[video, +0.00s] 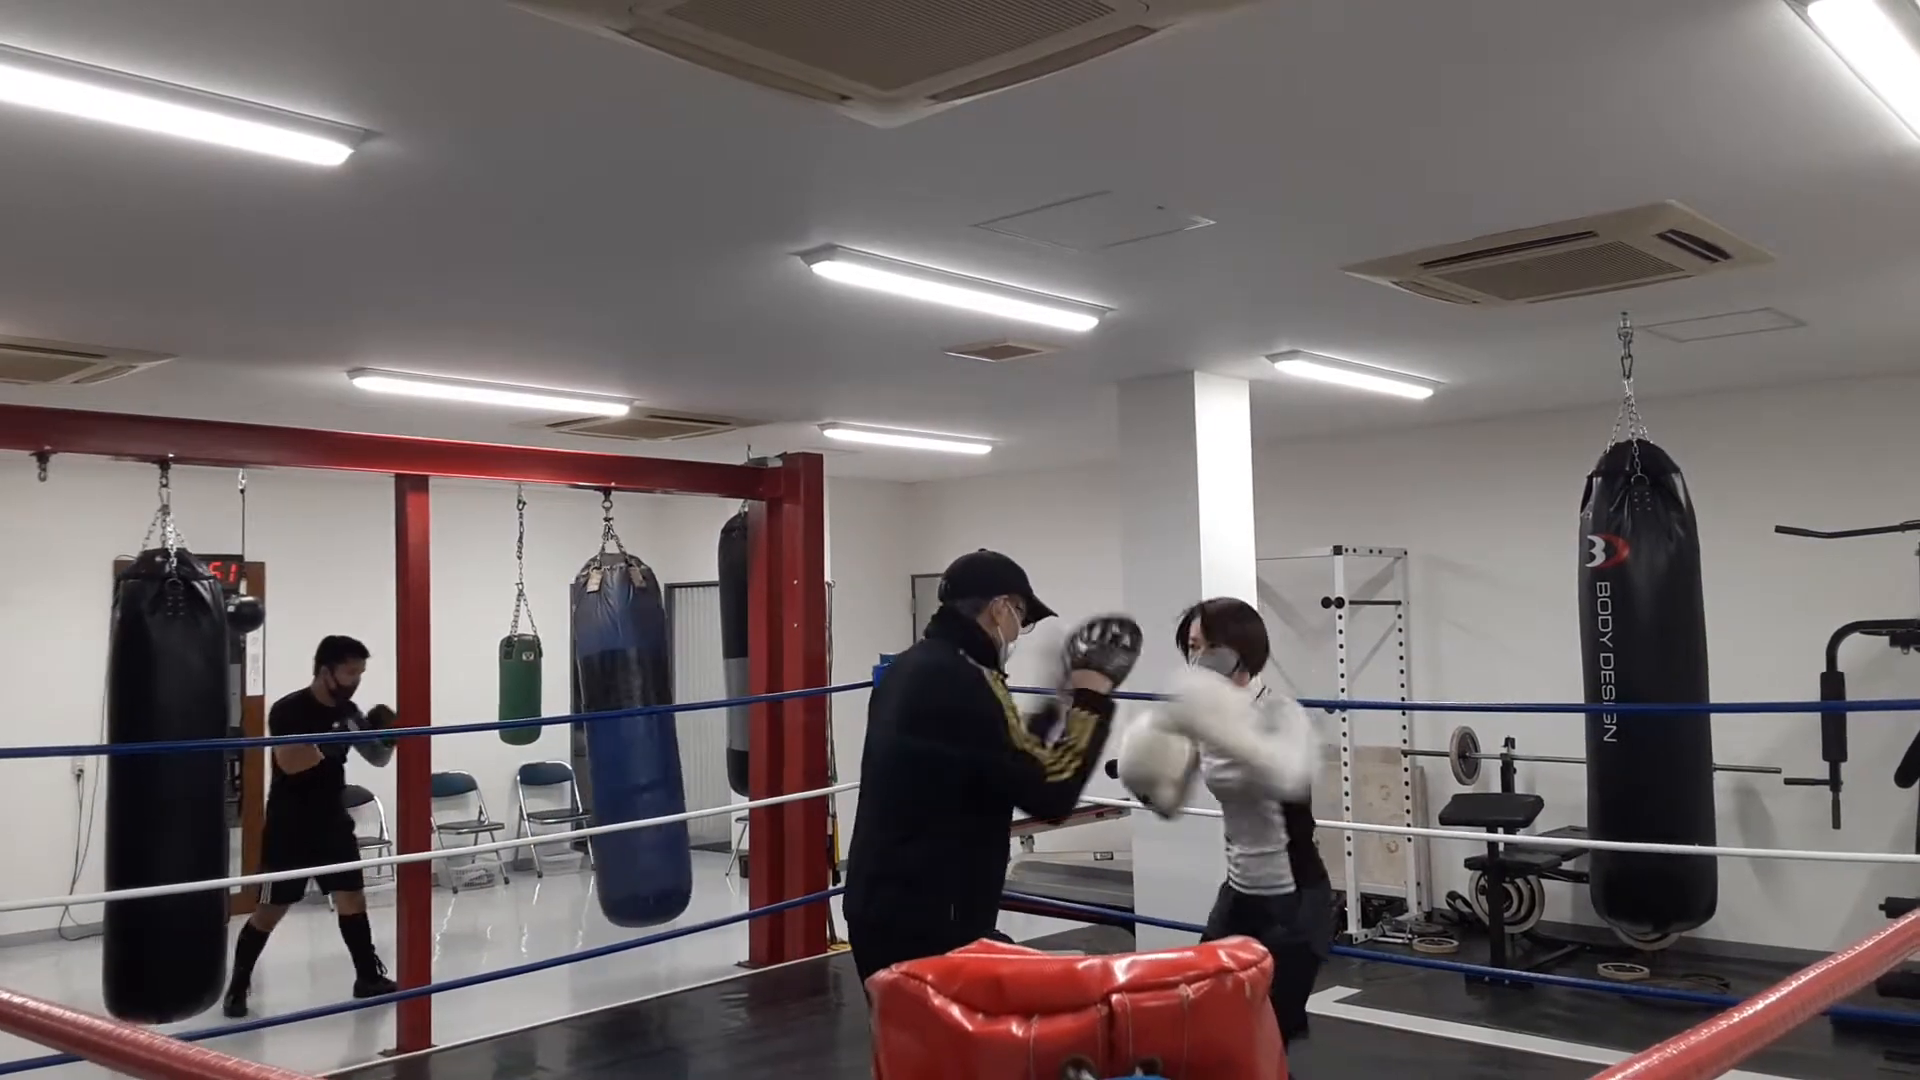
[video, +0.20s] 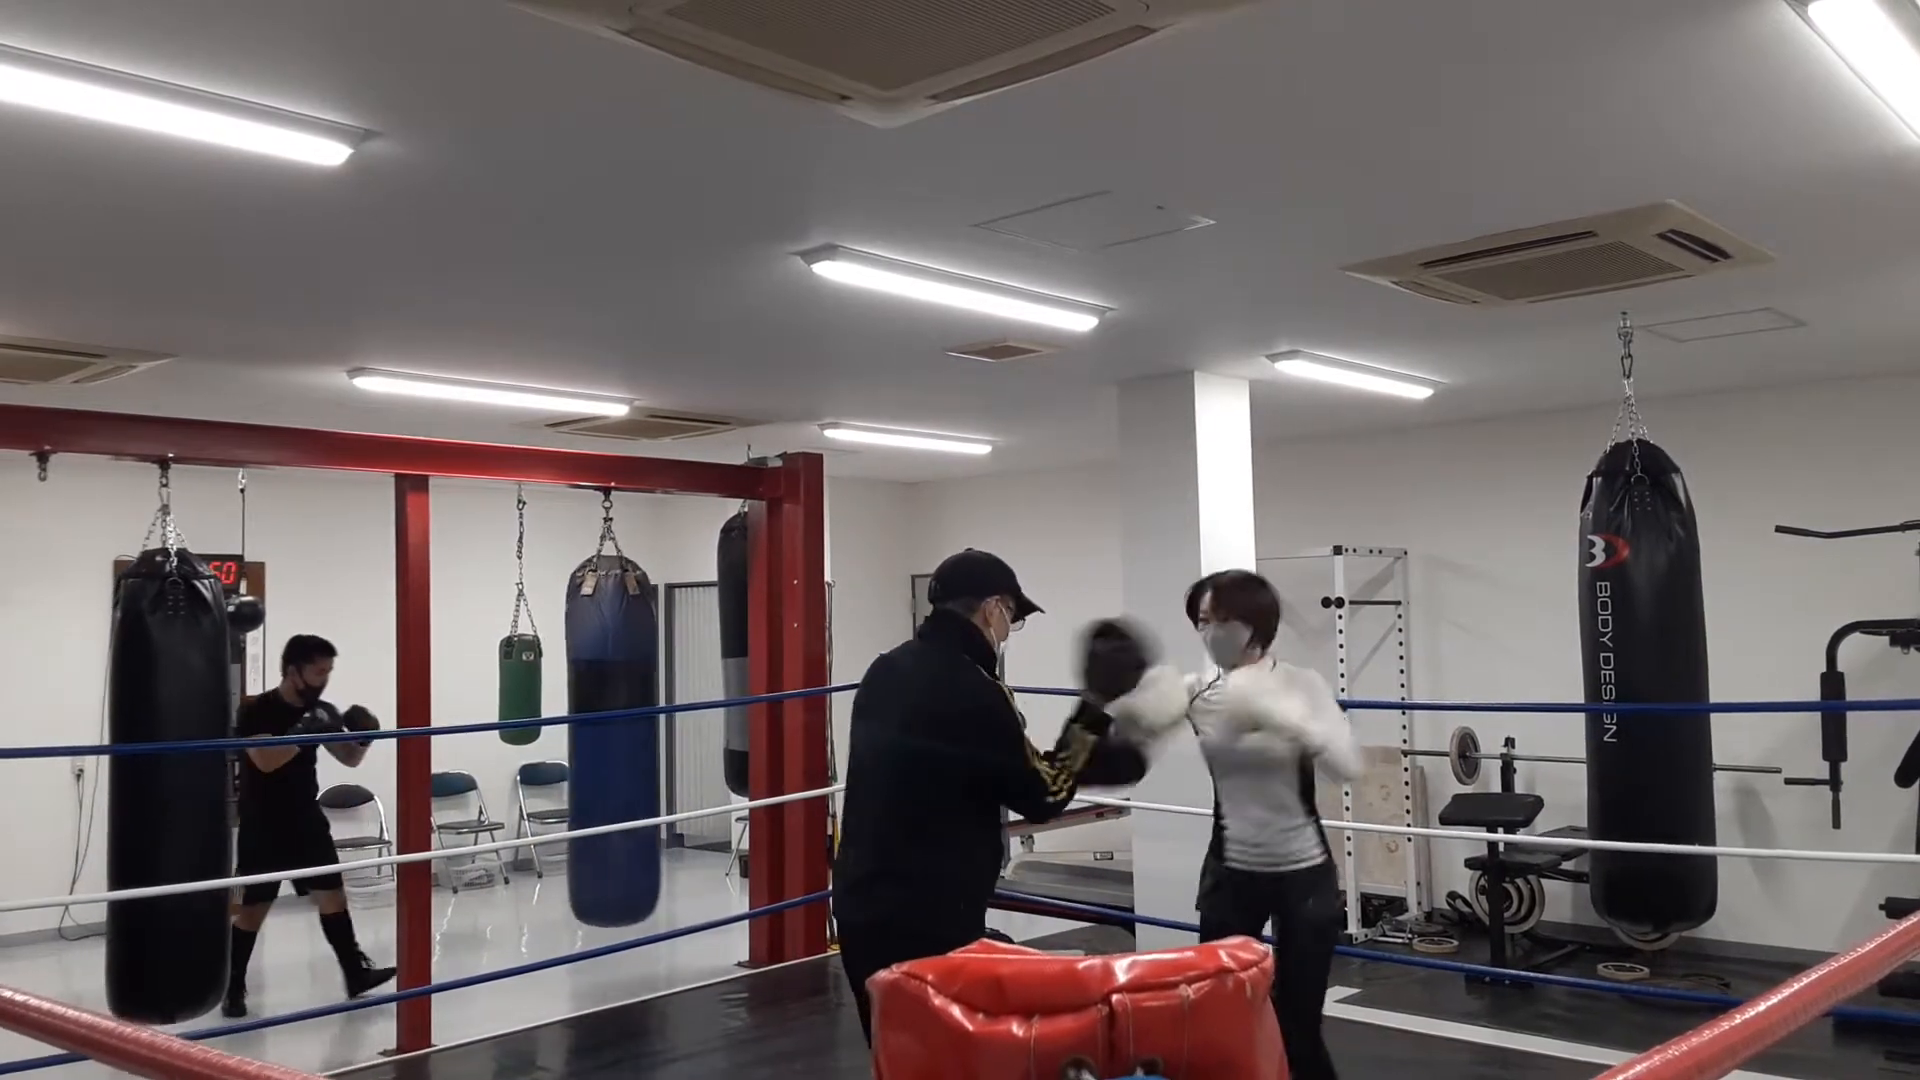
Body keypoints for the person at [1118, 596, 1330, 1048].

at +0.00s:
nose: (1192, 660)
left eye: (1202, 647)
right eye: (1189, 649)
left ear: (1238, 654)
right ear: (1187, 652)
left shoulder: (1281, 713)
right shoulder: (1202, 718)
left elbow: (1292, 779)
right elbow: (1170, 802)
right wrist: (1146, 767)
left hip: (1293, 901)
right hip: (1239, 892)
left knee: (1270, 1031)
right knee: (1201, 1002)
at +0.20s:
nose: (1203, 630)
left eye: (1214, 620)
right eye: (1202, 620)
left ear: (1251, 627)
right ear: (1201, 626)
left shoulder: (1302, 686)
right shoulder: (1196, 693)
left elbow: (1348, 766)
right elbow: (1127, 759)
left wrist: (1284, 719)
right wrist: (1139, 720)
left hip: (1304, 876)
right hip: (1232, 874)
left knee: (1297, 1024)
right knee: (1218, 1010)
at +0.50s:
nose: (1233, 657)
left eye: (1245, 646)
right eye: (1229, 645)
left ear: (1279, 655)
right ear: (1225, 645)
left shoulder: (1320, 697)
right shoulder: (1214, 707)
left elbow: (1367, 785)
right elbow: (1160, 768)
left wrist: (1333, 735)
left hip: (1314, 884)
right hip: (1241, 884)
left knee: (1310, 1033)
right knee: (1230, 1025)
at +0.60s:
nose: (1230, 651)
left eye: (1241, 640)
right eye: (1225, 640)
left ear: (1276, 645)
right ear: (1222, 642)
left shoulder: (1328, 699)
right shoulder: (1216, 709)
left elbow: (1366, 795)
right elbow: (1190, 795)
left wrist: (1326, 764)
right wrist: (1193, 816)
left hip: (1318, 888)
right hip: (1245, 886)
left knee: (1308, 1040)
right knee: (1222, 1024)